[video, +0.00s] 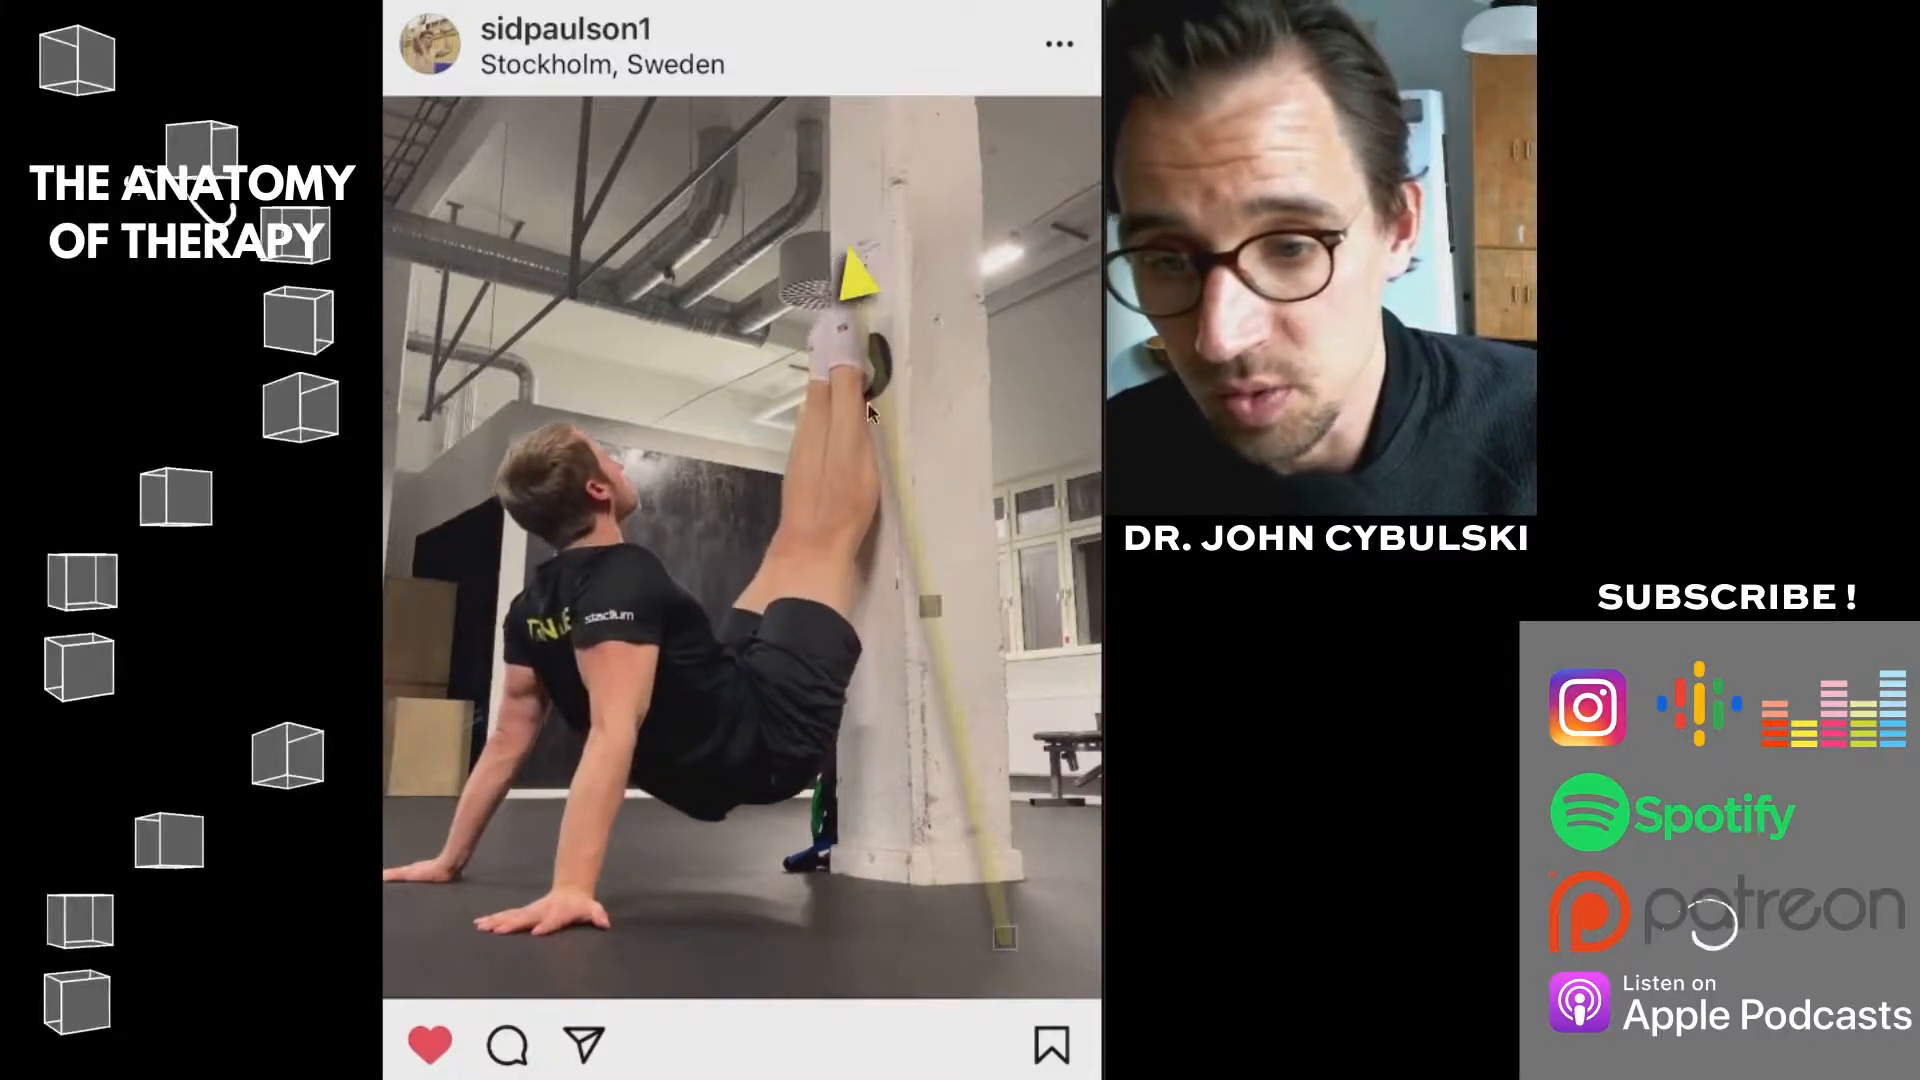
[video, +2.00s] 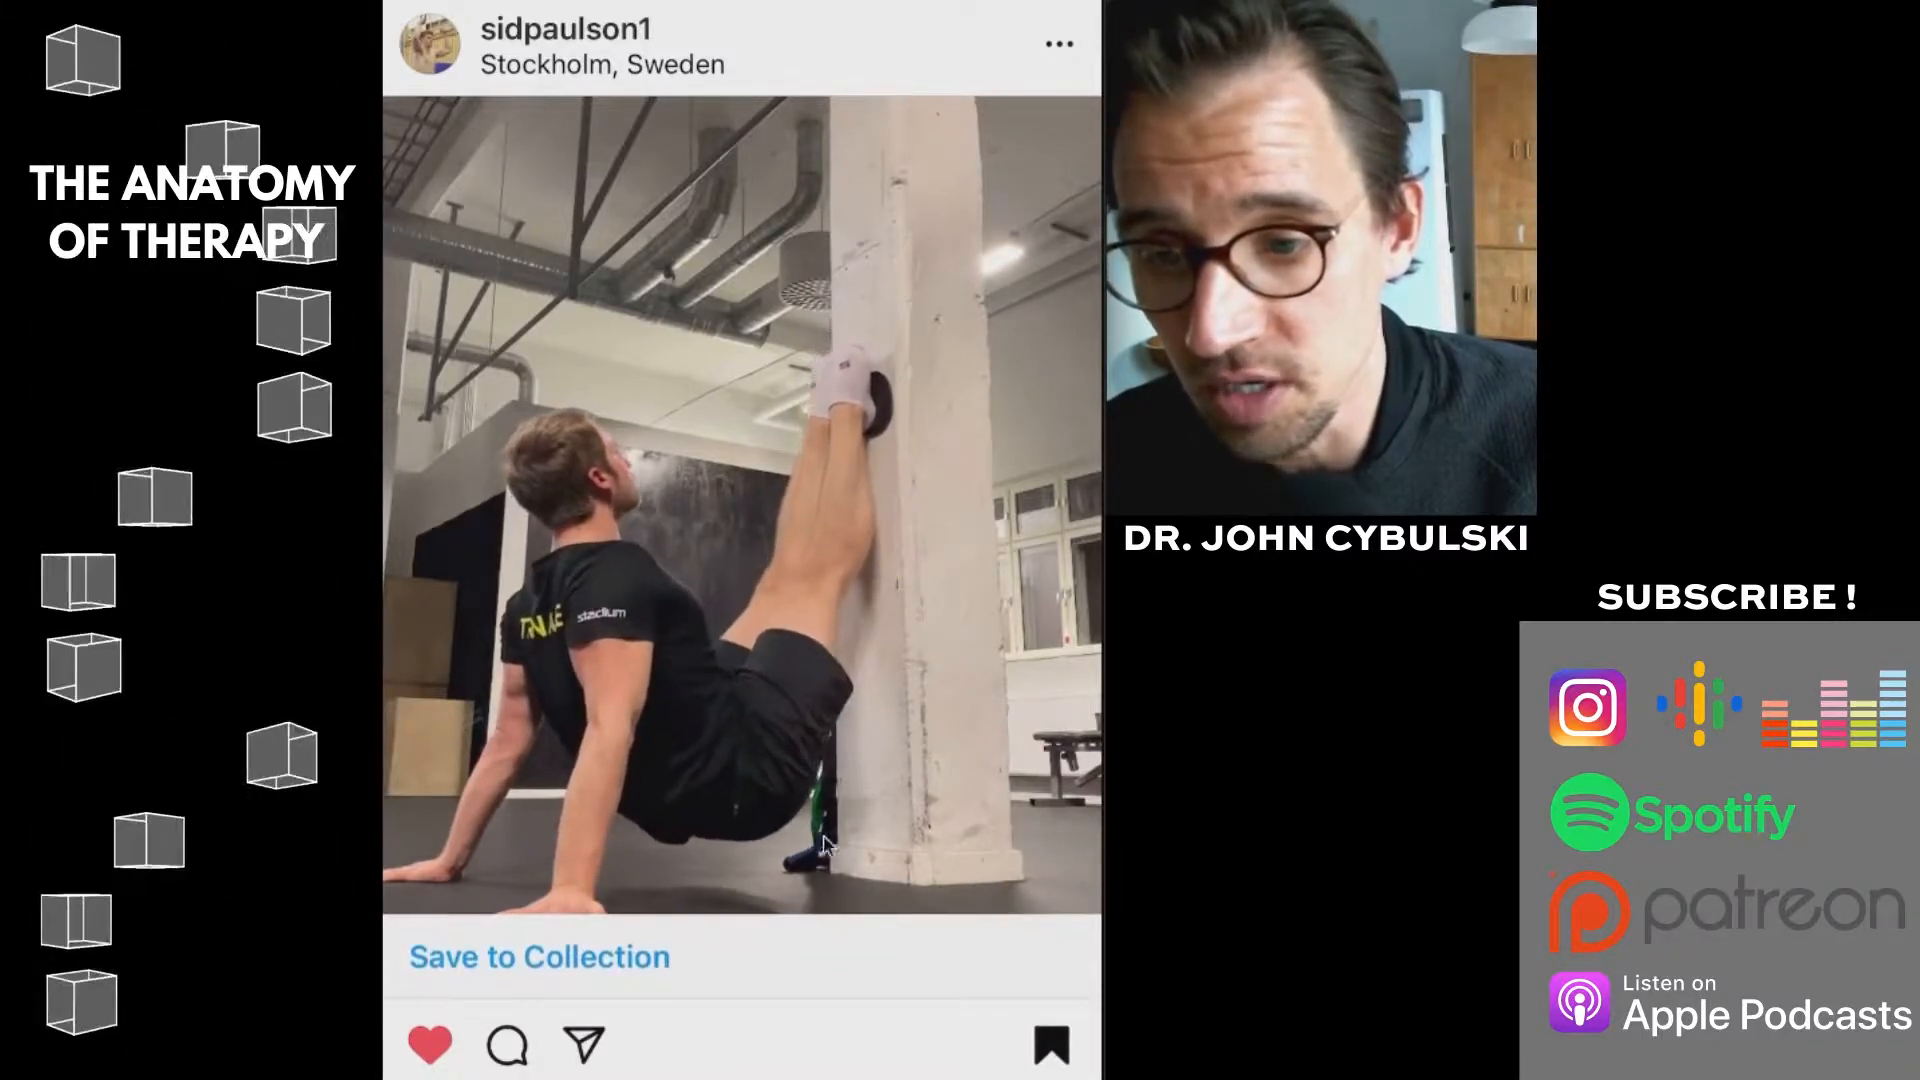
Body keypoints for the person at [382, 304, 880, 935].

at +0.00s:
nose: (620, 460)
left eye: (607, 451)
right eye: (608, 455)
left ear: (541, 517)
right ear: (600, 491)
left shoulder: (532, 604)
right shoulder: (622, 578)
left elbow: (508, 741)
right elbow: (611, 733)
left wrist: (449, 859)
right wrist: (572, 887)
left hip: (709, 766)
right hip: (772, 742)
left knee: (796, 536)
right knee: (834, 527)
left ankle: (825, 378)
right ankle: (847, 370)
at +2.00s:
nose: (626, 460)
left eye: (615, 448)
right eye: (614, 453)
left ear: (544, 502)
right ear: (600, 480)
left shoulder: (526, 604)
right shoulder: (614, 571)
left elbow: (508, 742)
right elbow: (609, 727)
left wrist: (450, 859)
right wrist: (573, 889)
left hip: (683, 799)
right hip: (749, 777)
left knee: (784, 579)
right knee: (819, 573)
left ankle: (826, 414)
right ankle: (847, 415)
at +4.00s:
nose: (632, 460)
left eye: (622, 448)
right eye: (622, 453)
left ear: (544, 499)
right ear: (604, 478)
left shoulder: (526, 600)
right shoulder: (616, 569)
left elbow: (508, 747)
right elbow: (607, 730)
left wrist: (450, 860)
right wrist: (572, 886)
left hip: (650, 829)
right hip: (708, 814)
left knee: (773, 609)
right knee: (805, 608)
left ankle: (825, 456)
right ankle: (846, 455)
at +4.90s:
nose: (632, 460)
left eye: (623, 449)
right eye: (622, 451)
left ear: (548, 495)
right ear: (603, 476)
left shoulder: (527, 599)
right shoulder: (615, 566)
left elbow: (506, 752)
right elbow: (606, 738)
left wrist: (450, 861)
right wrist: (571, 886)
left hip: (634, 837)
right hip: (682, 830)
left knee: (768, 622)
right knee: (798, 619)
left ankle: (833, 468)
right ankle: (845, 463)